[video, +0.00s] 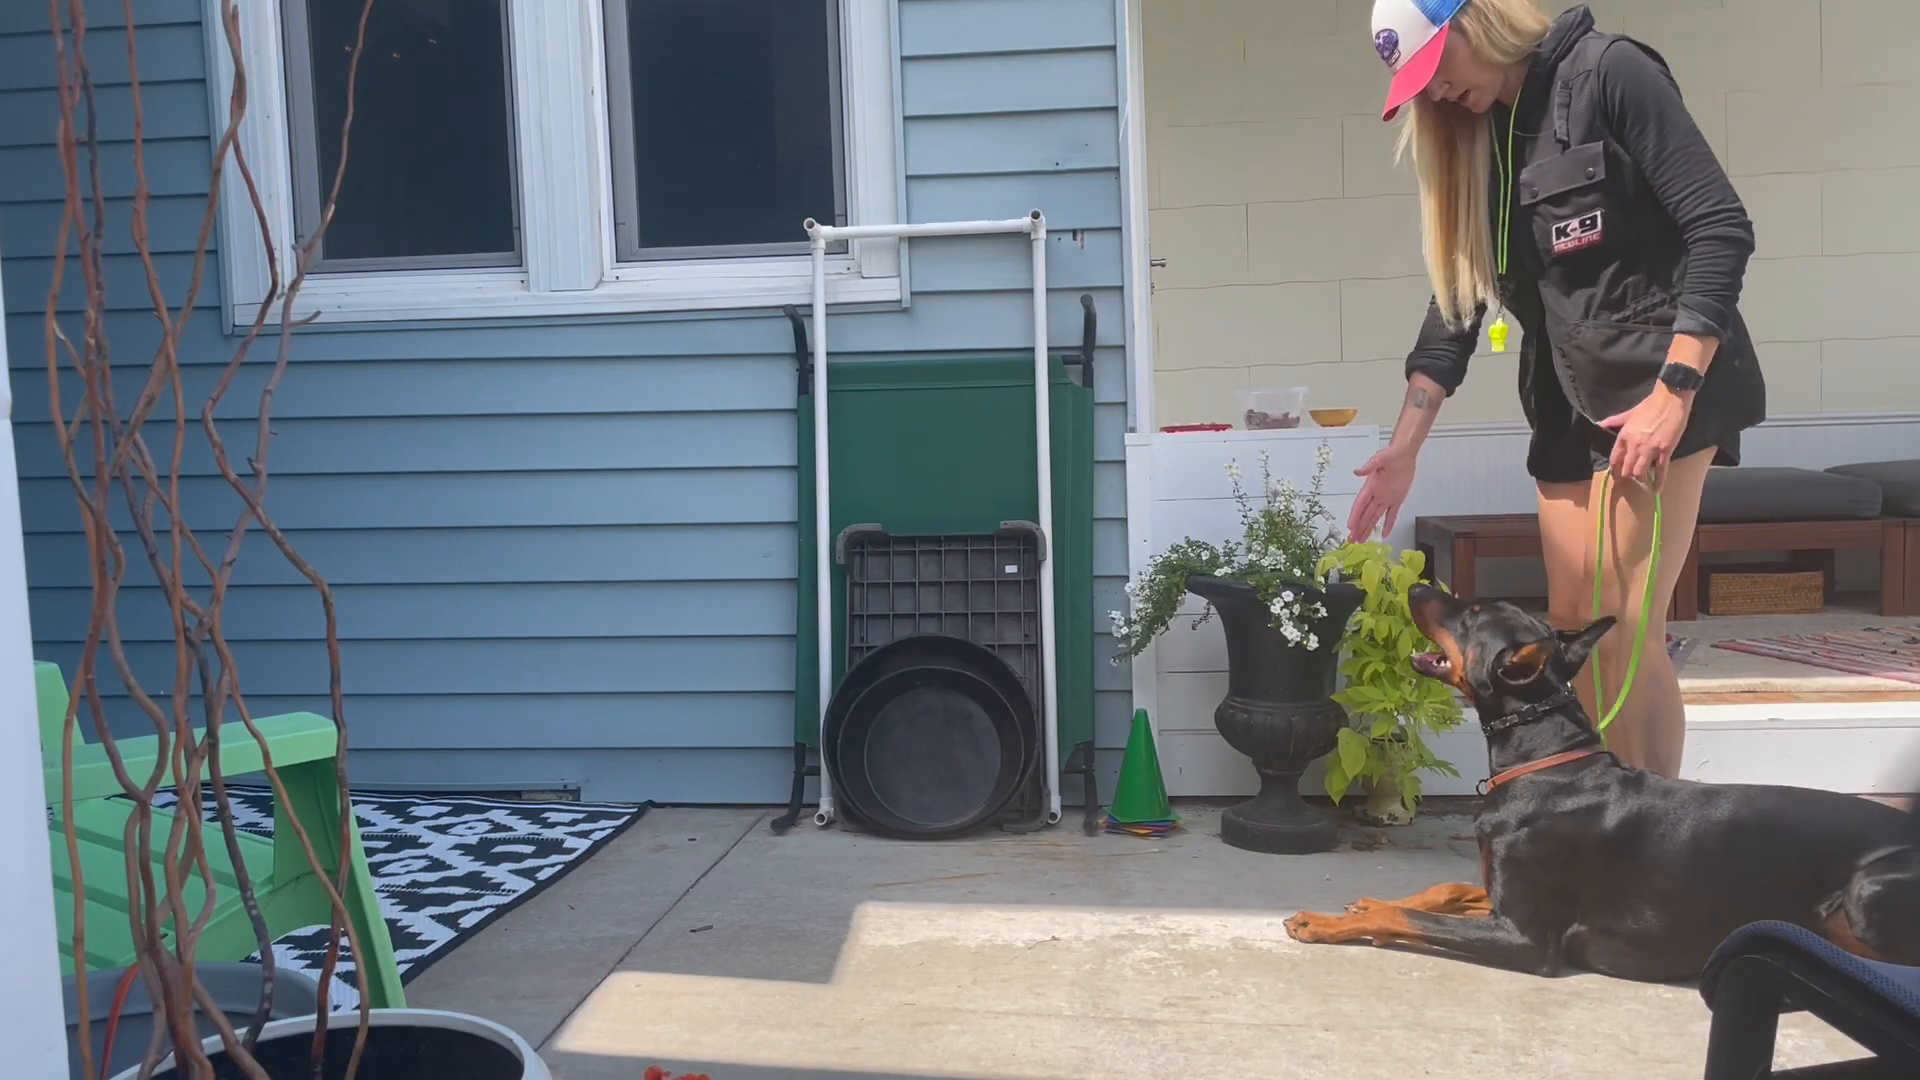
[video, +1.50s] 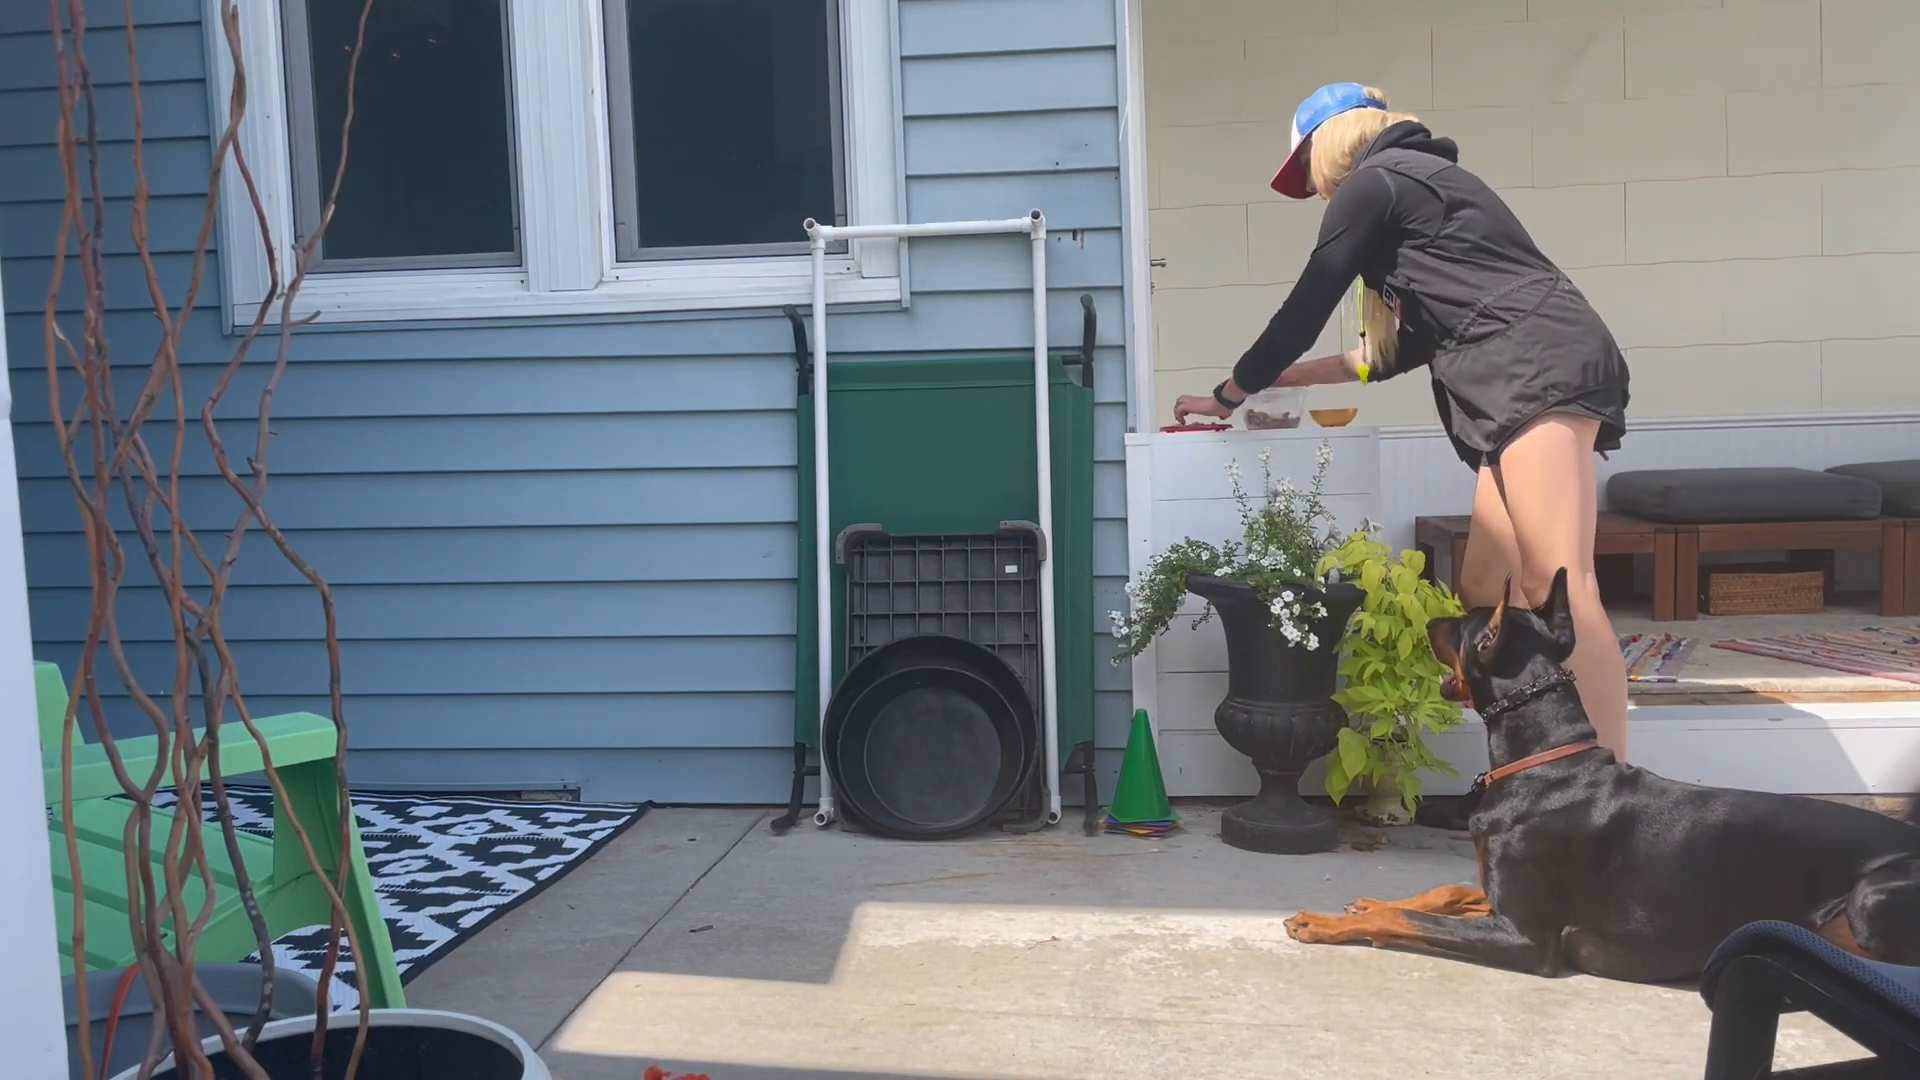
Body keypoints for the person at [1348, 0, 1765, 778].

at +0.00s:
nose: (1438, 92)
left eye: (1437, 68)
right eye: (1424, 83)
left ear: (1480, 19)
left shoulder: (1611, 72)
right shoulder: (1490, 127)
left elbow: (1720, 226)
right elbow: (1459, 291)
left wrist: (1675, 389)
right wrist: (1404, 446)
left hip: (1663, 383)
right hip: (1566, 399)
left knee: (1628, 629)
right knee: (1574, 626)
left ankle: (1655, 840)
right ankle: (1600, 839)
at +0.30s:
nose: (1416, 92)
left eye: (1415, 68)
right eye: (1406, 75)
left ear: (1463, 35)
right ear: (1458, 44)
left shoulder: (1607, 80)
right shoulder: (1490, 124)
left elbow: (1723, 236)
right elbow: (1470, 293)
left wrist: (1715, 403)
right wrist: (1414, 433)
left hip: (1654, 391)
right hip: (1559, 400)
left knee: (1615, 621)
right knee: (1572, 622)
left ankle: (1646, 841)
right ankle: (1605, 840)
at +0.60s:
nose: (1420, 76)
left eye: (1417, 53)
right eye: (1412, 59)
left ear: (1450, 30)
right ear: (1474, 29)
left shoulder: (1561, 87)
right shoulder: (1497, 104)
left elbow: (1655, 254)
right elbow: (1538, 271)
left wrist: (1627, 422)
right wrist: (1498, 382)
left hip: (1613, 405)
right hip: (1555, 403)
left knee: (1594, 646)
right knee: (1535, 640)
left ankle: (1642, 847)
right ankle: (1568, 844)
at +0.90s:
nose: (1405, 82)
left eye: (1405, 62)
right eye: (1398, 65)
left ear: (1435, 46)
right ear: (1463, 36)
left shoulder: (1509, 95)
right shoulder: (1487, 104)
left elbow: (1534, 271)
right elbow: (1507, 270)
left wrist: (1434, 382)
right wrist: (1483, 391)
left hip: (1571, 398)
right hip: (1537, 398)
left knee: (1549, 639)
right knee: (1503, 606)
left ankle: (1622, 831)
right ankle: (1536, 794)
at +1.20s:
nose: (1359, 139)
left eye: (1356, 117)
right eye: (1352, 122)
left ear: (1380, 94)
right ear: (1422, 83)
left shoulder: (1426, 147)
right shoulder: (1476, 143)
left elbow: (1357, 302)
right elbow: (1499, 290)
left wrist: (1275, 348)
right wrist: (1405, 339)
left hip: (1536, 380)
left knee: (1550, 630)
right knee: (1481, 621)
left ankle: (1612, 808)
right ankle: (1530, 801)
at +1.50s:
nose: (1316, 185)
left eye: (1312, 164)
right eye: (1309, 172)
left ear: (1335, 140)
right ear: (1376, 133)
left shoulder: (1374, 182)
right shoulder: (1436, 181)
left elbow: (1307, 307)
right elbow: (1404, 349)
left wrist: (1226, 394)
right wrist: (1286, 377)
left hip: (1533, 362)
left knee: (1559, 587)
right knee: (1485, 589)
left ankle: (1609, 788)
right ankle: (1533, 779)